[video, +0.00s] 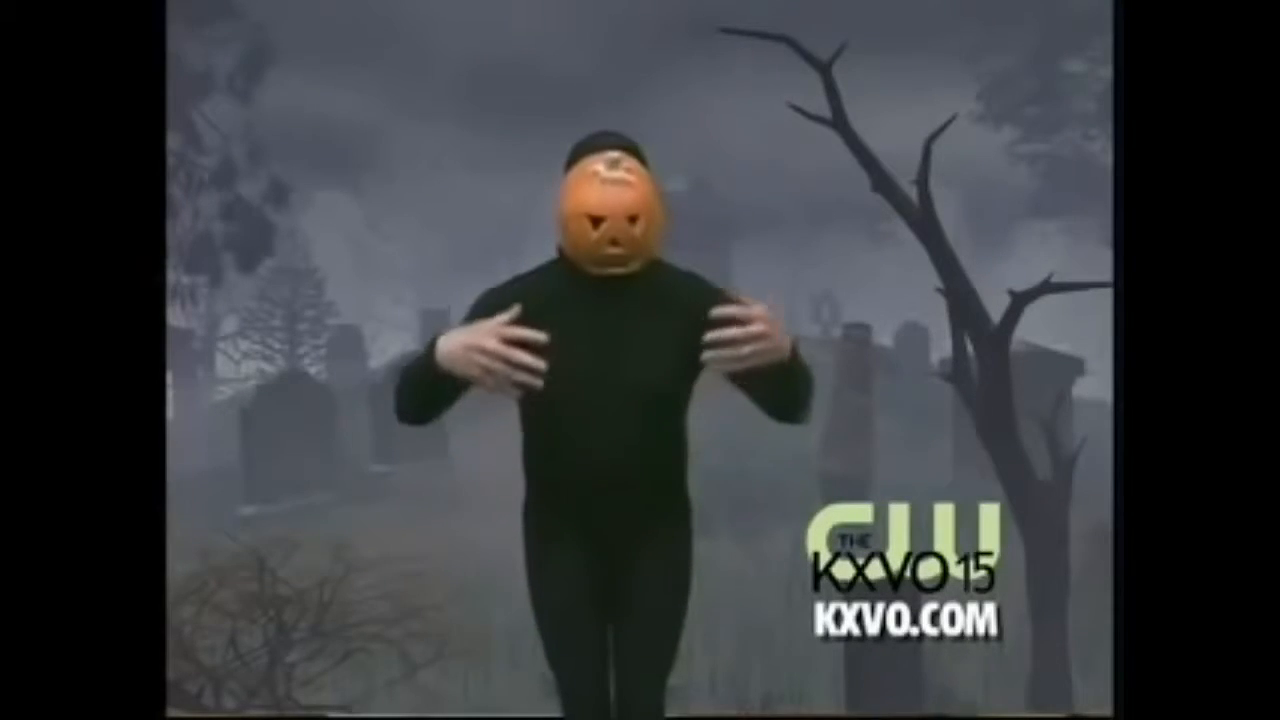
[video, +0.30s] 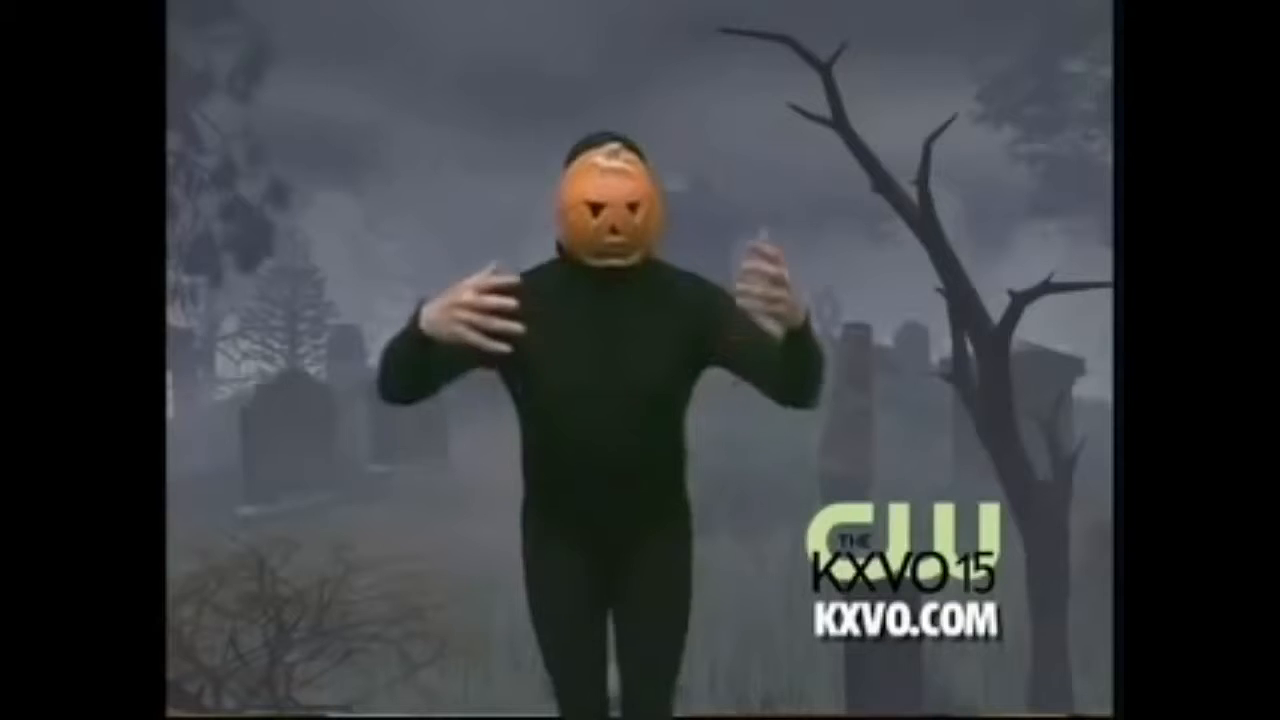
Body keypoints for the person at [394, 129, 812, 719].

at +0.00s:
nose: (614, 213)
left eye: (630, 187)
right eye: (591, 187)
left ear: (656, 206)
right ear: (562, 207)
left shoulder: (689, 302)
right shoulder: (521, 303)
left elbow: (791, 405)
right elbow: (413, 406)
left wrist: (783, 356)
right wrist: (442, 356)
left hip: (656, 533)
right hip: (560, 535)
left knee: (642, 700)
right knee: (582, 700)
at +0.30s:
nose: (615, 223)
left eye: (632, 207)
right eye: (595, 207)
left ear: (655, 214)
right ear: (562, 214)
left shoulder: (689, 302)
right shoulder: (518, 303)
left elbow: (798, 389)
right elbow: (398, 386)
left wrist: (796, 328)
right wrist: (425, 327)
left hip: (655, 539)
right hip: (559, 541)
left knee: (651, 703)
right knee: (579, 703)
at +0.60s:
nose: (614, 213)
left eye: (631, 198)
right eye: (594, 198)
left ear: (655, 210)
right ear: (562, 210)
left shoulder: (692, 301)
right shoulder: (513, 303)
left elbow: (807, 367)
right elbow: (388, 369)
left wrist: (816, 300)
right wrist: (403, 304)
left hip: (656, 541)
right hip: (557, 544)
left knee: (662, 704)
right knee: (576, 704)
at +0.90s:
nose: (615, 207)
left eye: (632, 194)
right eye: (595, 193)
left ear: (657, 209)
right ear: (559, 210)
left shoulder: (694, 300)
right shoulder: (507, 304)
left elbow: (817, 341)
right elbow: (380, 350)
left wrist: (835, 274)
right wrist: (378, 283)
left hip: (658, 544)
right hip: (556, 548)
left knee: (676, 704)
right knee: (574, 706)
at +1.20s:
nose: (617, 203)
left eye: (634, 191)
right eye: (596, 190)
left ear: (656, 208)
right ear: (559, 209)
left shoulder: (697, 297)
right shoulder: (505, 302)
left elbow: (824, 321)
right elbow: (377, 339)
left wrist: (852, 243)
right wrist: (357, 262)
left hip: (659, 545)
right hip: (555, 549)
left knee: (686, 707)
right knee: (572, 709)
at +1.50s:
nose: (616, 194)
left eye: (632, 185)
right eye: (594, 184)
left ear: (658, 210)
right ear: (559, 211)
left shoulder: (700, 295)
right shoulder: (504, 300)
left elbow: (822, 303)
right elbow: (375, 324)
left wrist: (861, 221)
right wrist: (339, 244)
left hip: (662, 552)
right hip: (554, 558)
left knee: (698, 709)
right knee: (570, 712)